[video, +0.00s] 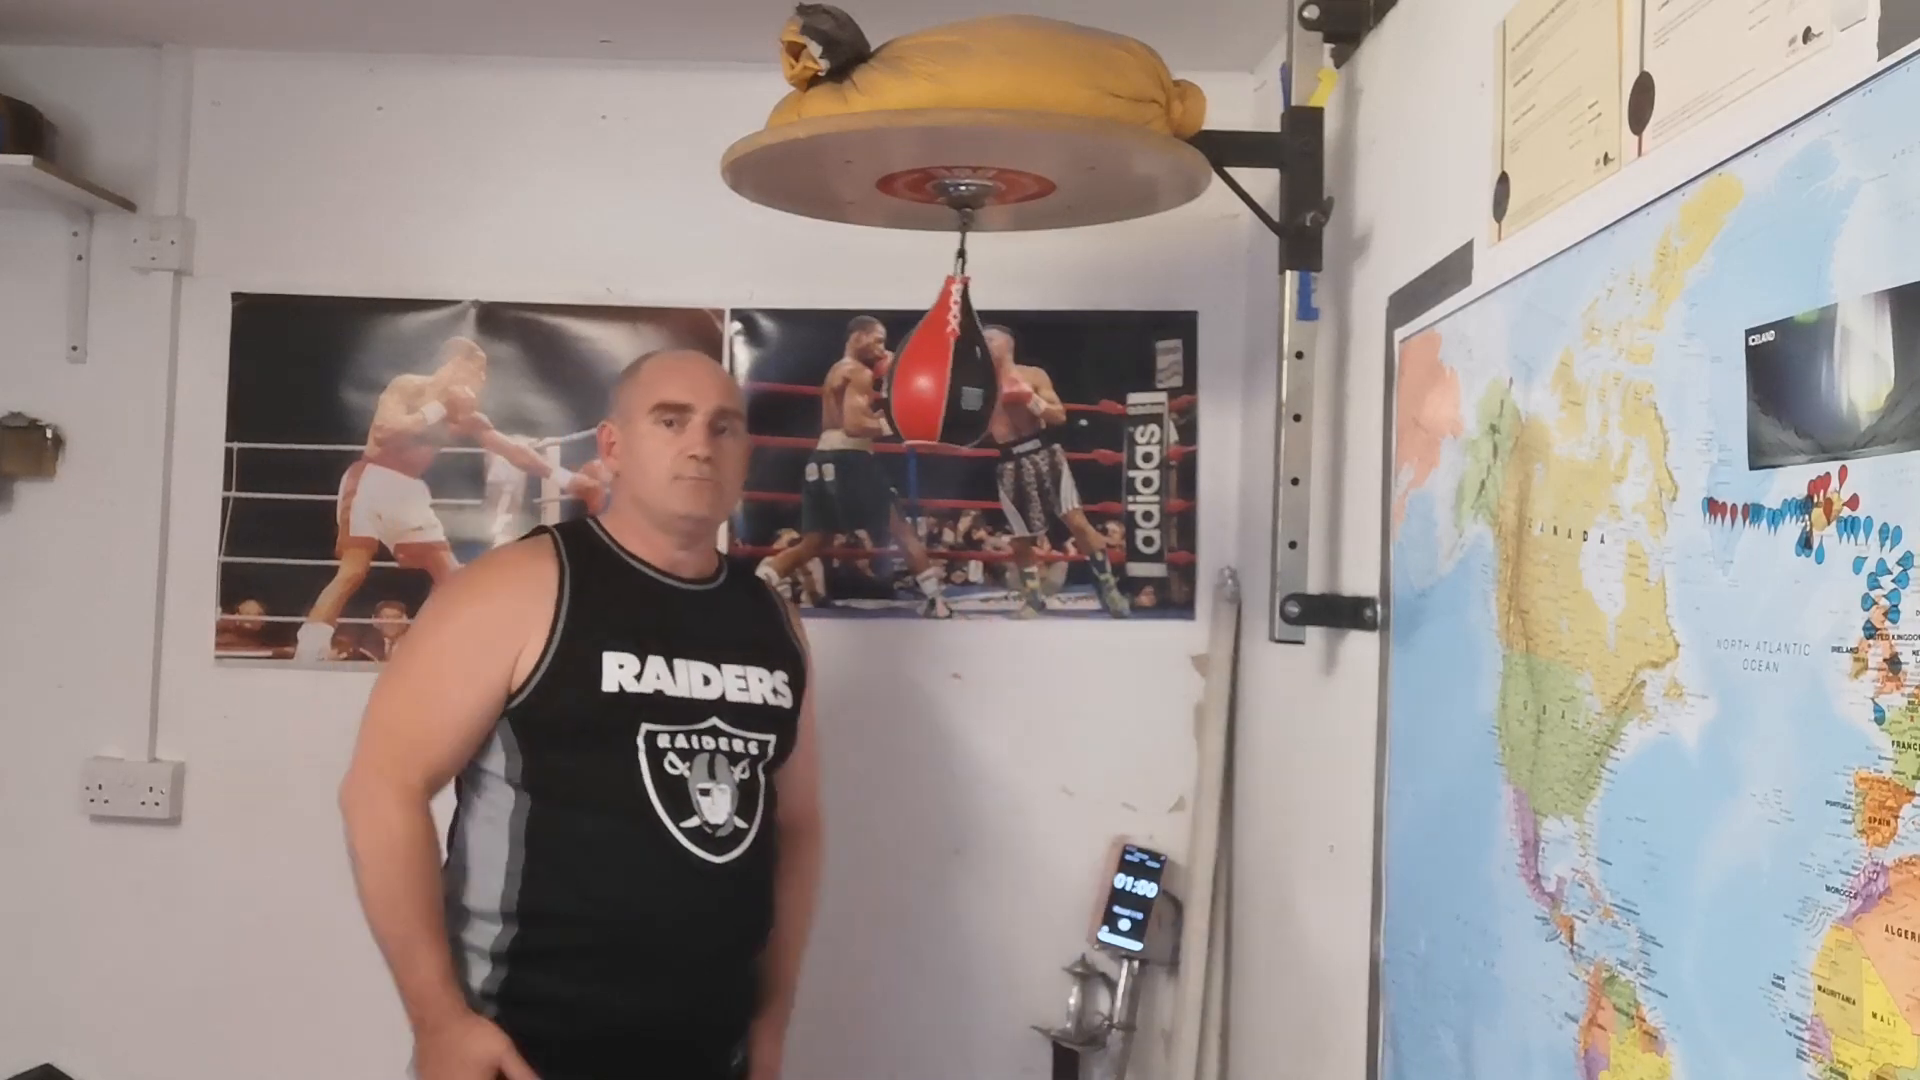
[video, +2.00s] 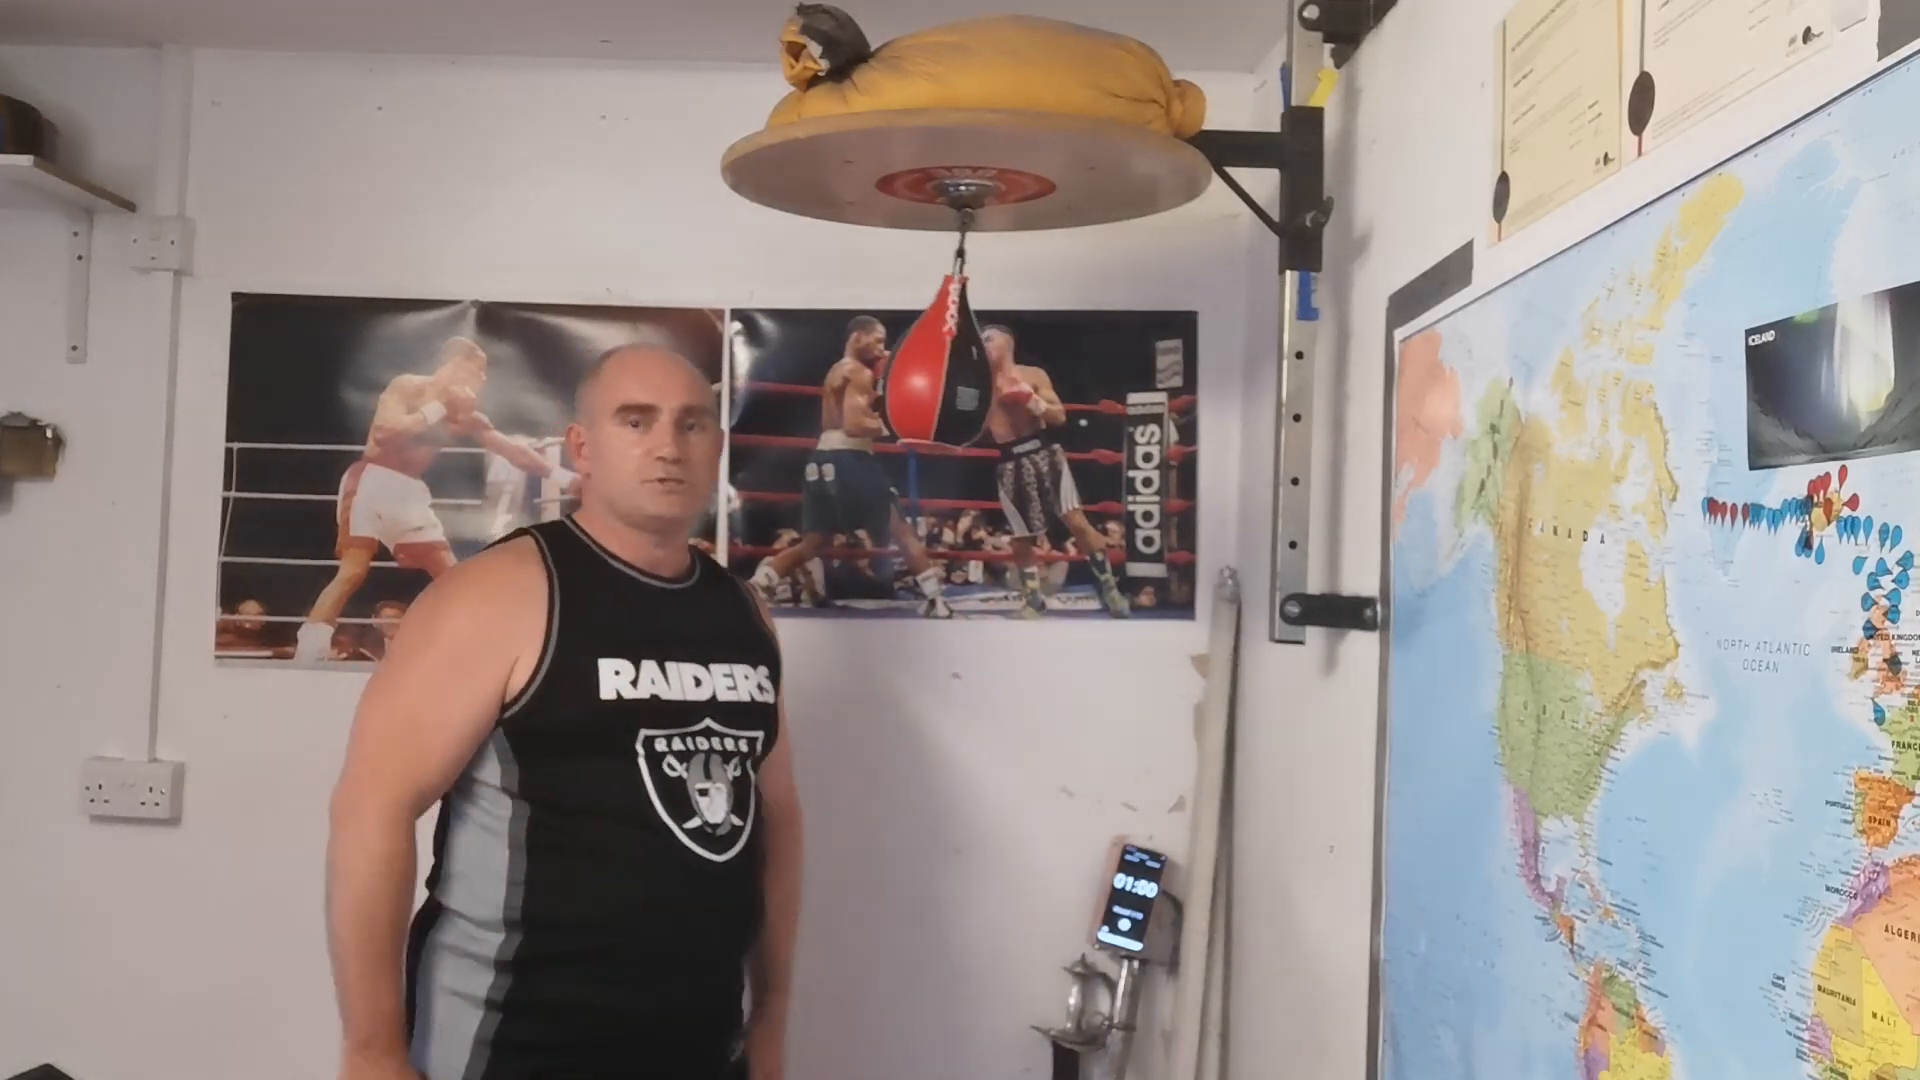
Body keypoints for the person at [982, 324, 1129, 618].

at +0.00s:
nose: (989, 348)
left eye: (993, 341)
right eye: (984, 343)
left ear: (1009, 345)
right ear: (981, 351)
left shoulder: (1033, 375)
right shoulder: (981, 385)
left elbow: (1059, 416)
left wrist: (1033, 401)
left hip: (1046, 457)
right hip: (1011, 465)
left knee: (1075, 521)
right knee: (1022, 538)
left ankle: (1109, 588)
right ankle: (1032, 599)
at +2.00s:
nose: (985, 346)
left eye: (991, 340)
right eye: (982, 342)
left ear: (1009, 344)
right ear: (981, 351)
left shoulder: (1034, 375)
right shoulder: (986, 386)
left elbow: (1059, 417)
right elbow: (986, 427)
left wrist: (1033, 401)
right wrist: (963, 445)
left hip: (1046, 457)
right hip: (1011, 465)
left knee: (1075, 522)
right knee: (1021, 538)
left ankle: (1109, 589)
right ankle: (1032, 599)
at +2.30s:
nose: (1001, 352)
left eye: (1004, 344)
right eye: (995, 347)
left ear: (1014, 346)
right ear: (987, 353)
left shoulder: (1034, 375)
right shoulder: (986, 385)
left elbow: (1058, 416)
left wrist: (1038, 406)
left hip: (1046, 455)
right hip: (1011, 464)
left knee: (1075, 522)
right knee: (1021, 537)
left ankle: (1109, 589)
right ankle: (1033, 599)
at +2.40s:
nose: (1006, 359)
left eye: (1007, 352)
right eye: (997, 356)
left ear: (1017, 353)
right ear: (989, 363)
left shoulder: (1035, 376)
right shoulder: (985, 386)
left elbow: (1059, 416)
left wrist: (1042, 407)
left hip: (1047, 454)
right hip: (1012, 462)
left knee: (1076, 522)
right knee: (1021, 536)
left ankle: (1109, 590)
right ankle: (1032, 599)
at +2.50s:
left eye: (1007, 353)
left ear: (1016, 354)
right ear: (989, 363)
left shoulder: (1035, 376)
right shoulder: (982, 386)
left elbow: (1059, 416)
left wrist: (1042, 407)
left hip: (1047, 454)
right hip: (1011, 463)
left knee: (1076, 522)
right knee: (1021, 536)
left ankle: (1109, 589)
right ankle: (1032, 599)